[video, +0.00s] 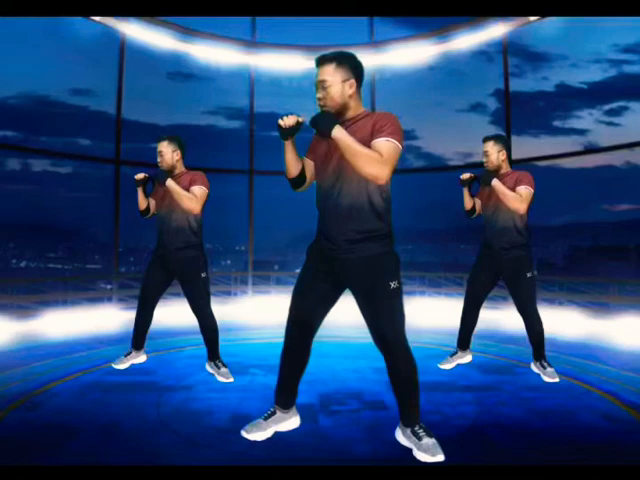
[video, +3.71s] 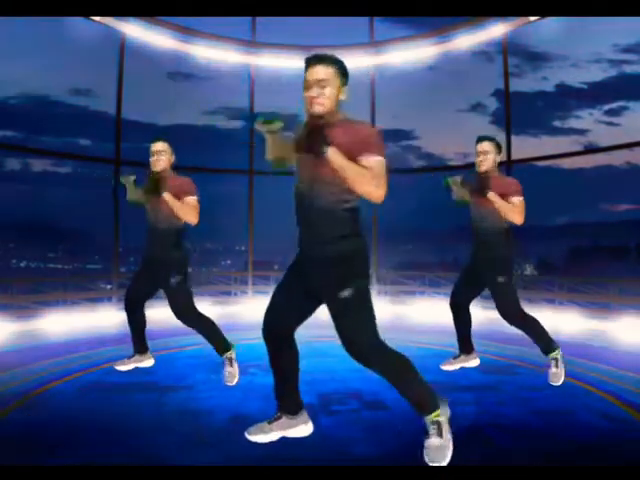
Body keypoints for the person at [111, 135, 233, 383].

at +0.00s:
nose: (159, 158)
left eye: (162, 153)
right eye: (158, 154)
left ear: (177, 154)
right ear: (166, 157)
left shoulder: (196, 178)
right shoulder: (162, 184)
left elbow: (195, 207)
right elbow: (146, 211)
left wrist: (169, 182)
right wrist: (140, 187)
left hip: (190, 255)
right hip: (164, 255)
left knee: (202, 309)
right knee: (146, 301)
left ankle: (215, 360)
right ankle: (137, 351)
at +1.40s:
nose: (150, 160)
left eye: (153, 156)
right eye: (150, 156)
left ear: (165, 158)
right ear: (159, 159)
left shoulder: (179, 180)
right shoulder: (158, 182)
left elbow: (191, 206)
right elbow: (159, 209)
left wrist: (160, 192)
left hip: (174, 256)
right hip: (158, 255)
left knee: (179, 315)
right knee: (137, 299)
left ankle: (227, 356)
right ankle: (140, 353)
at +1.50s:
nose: (156, 164)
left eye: (160, 160)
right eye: (155, 160)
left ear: (169, 162)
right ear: (161, 162)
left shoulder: (170, 180)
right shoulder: (173, 182)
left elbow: (140, 183)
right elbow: (139, 183)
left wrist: (117, 178)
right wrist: (121, 180)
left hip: (172, 256)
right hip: (160, 255)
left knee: (180, 315)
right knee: (136, 297)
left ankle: (230, 356)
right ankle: (140, 352)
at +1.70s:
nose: (146, 160)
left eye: (150, 155)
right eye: (146, 156)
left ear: (163, 157)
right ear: (151, 159)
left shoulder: (179, 178)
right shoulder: (153, 182)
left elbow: (175, 197)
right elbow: (145, 211)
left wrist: (153, 179)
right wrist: (143, 189)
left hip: (177, 256)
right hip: (157, 255)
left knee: (191, 310)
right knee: (136, 300)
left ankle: (232, 358)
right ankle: (140, 354)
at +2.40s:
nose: (169, 163)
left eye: (173, 158)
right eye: (164, 159)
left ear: (182, 160)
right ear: (159, 163)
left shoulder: (197, 185)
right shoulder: (155, 193)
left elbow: (210, 215)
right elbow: (138, 219)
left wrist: (187, 188)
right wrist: (129, 195)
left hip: (193, 263)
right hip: (162, 263)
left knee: (210, 316)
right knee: (137, 306)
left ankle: (218, 362)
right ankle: (139, 353)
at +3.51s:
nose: (175, 156)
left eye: (180, 151)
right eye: (170, 151)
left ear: (189, 155)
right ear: (165, 155)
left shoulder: (200, 182)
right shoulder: (154, 180)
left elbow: (212, 213)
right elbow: (123, 190)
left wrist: (192, 188)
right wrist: (107, 178)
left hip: (190, 259)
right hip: (159, 257)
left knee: (206, 314)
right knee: (135, 302)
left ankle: (213, 365)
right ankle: (142, 353)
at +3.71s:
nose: (156, 158)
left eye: (161, 154)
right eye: (153, 155)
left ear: (172, 158)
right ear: (149, 160)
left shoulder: (183, 184)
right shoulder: (152, 185)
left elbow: (192, 217)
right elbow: (140, 199)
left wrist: (168, 199)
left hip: (174, 257)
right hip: (154, 256)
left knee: (185, 312)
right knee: (133, 300)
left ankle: (228, 353)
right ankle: (141, 354)